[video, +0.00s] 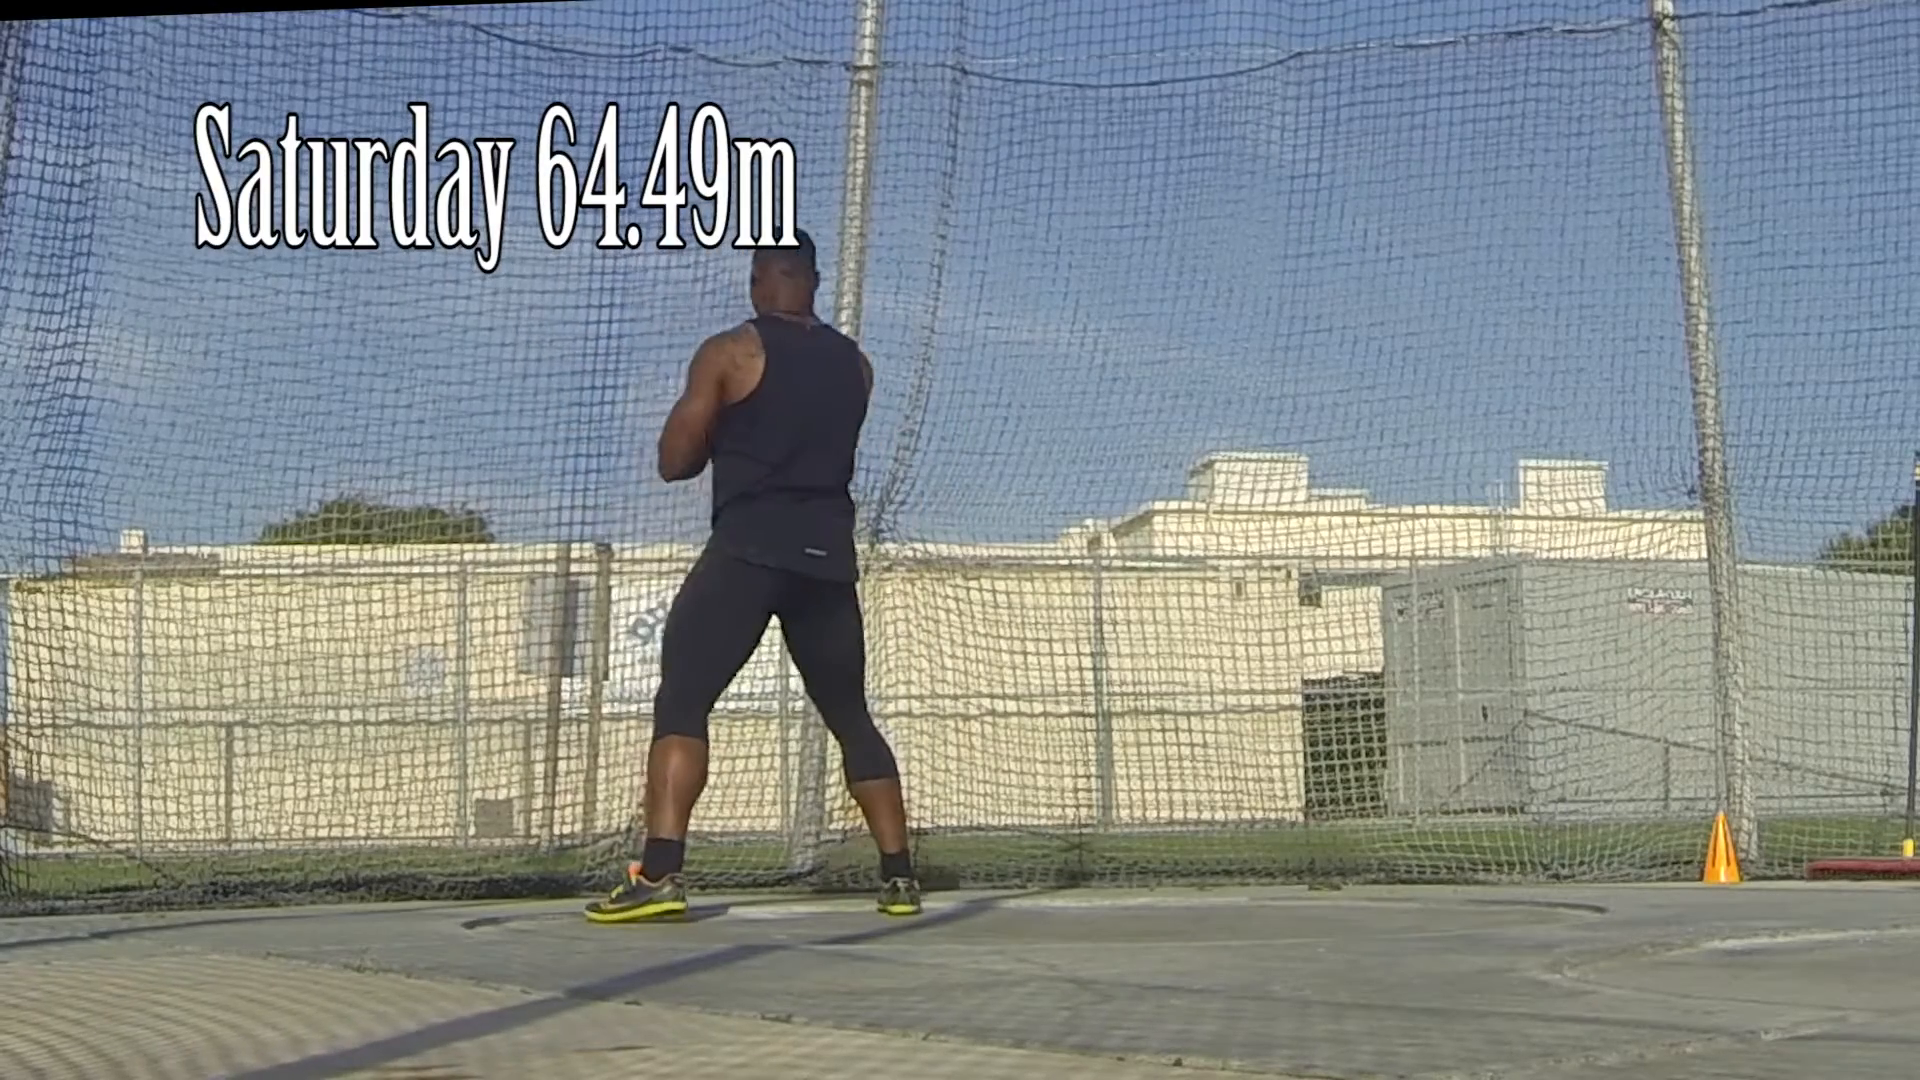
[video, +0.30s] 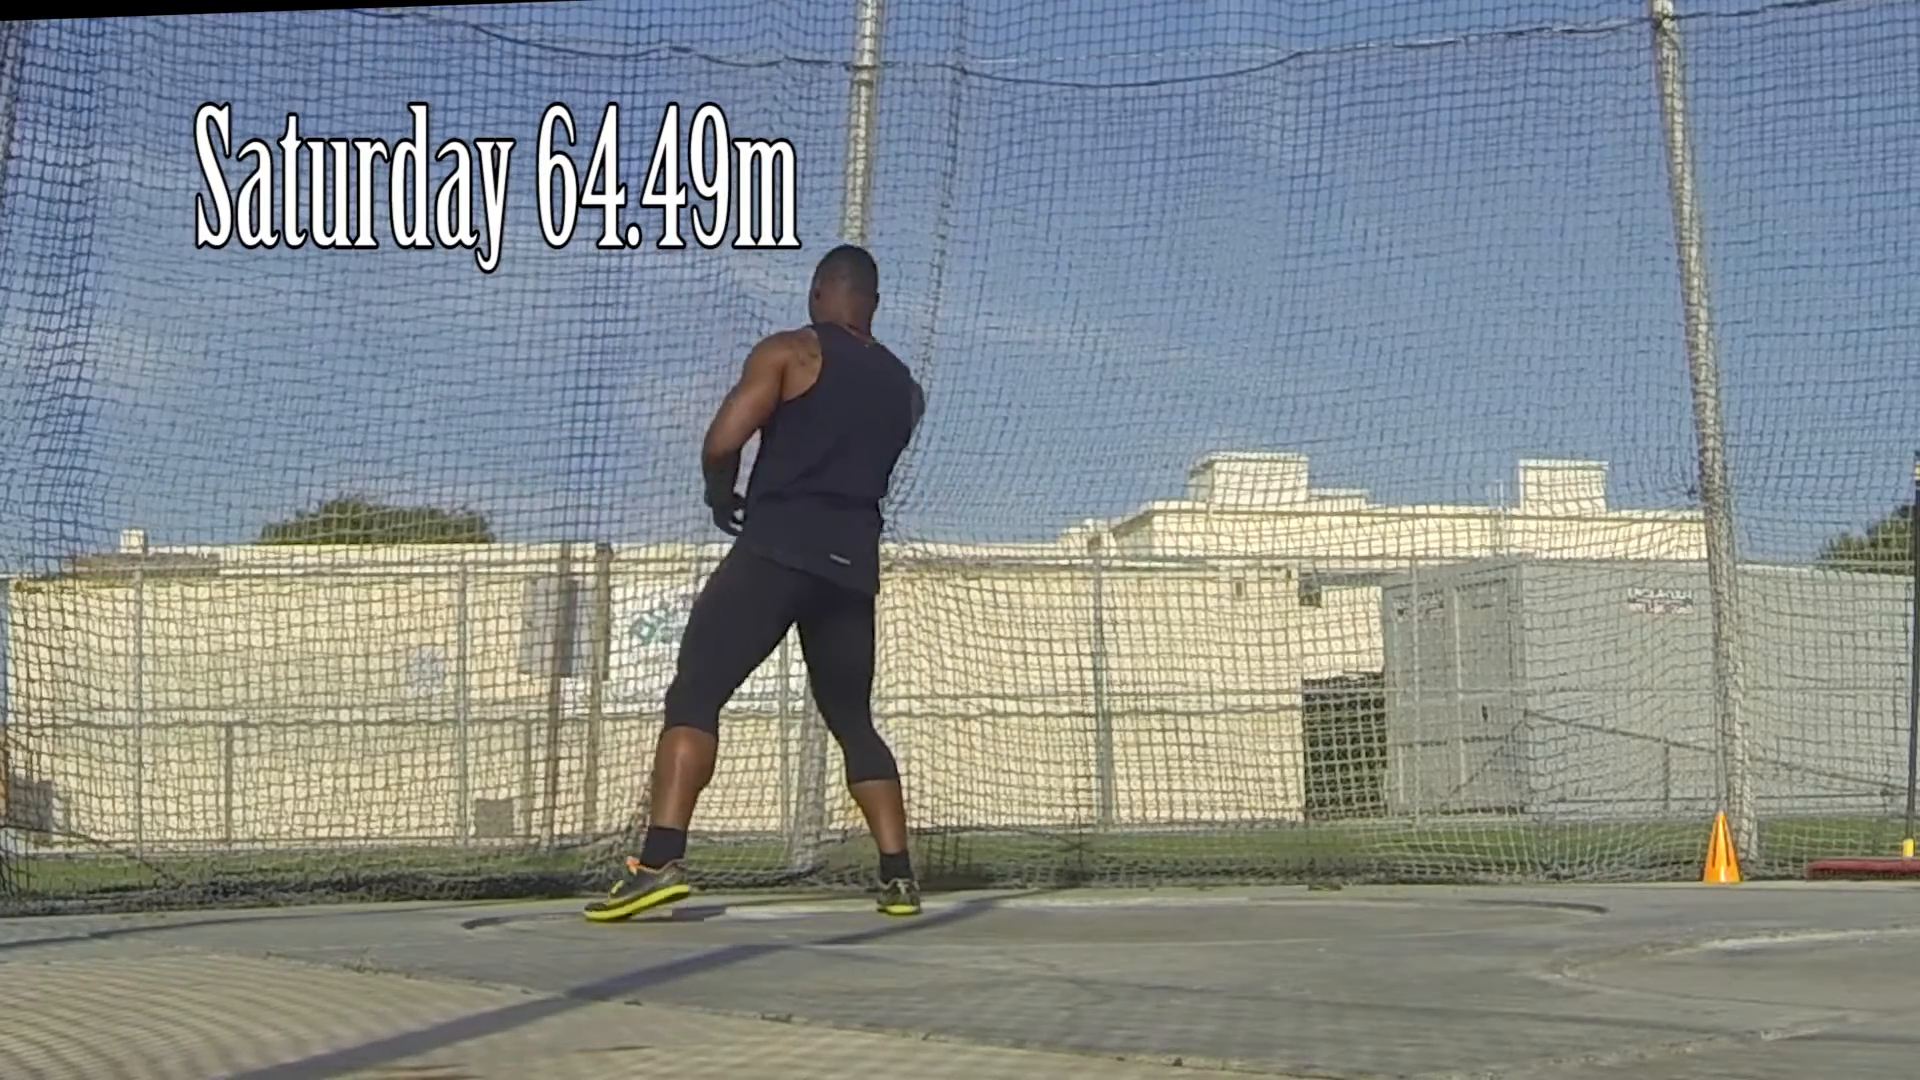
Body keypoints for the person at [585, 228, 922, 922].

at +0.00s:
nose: (756, 290)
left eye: (756, 279)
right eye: (765, 279)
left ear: (757, 286)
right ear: (813, 288)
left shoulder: (726, 351)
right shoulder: (854, 362)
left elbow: (674, 461)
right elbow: (831, 443)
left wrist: (728, 412)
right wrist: (748, 409)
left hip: (745, 557)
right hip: (828, 565)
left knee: (682, 701)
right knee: (850, 715)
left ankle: (658, 875)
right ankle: (900, 875)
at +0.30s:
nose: (822, 306)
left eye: (817, 294)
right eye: (851, 299)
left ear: (814, 296)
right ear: (874, 306)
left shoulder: (787, 351)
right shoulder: (905, 389)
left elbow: (722, 443)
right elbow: (866, 466)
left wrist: (720, 497)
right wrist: (787, 496)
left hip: (773, 557)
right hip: (851, 573)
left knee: (696, 694)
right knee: (853, 718)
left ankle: (659, 863)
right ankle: (898, 876)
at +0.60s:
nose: (854, 323)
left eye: (851, 314)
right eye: (882, 320)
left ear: (847, 315)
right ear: (906, 331)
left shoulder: (795, 353)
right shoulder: (930, 421)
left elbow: (717, 447)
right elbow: (928, 540)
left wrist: (733, 533)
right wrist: (923, 616)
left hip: (761, 557)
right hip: (845, 581)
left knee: (687, 698)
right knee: (857, 722)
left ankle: (657, 861)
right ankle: (899, 878)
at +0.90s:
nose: (857, 333)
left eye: (848, 322)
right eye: (881, 332)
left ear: (836, 326)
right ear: (892, 340)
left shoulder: (778, 362)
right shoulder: (903, 378)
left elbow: (690, 418)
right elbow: (950, 432)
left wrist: (661, 520)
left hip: (749, 555)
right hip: (838, 573)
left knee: (679, 697)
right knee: (869, 718)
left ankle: (651, 856)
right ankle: (900, 877)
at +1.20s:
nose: (695, 336)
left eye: (697, 327)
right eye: (697, 328)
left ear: (713, 323)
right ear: (763, 323)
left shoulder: (692, 373)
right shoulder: (828, 374)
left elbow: (644, 448)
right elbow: (930, 408)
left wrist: (637, 532)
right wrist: (1023, 431)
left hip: (738, 569)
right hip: (824, 574)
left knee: (648, 708)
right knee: (857, 715)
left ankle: (666, 881)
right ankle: (903, 875)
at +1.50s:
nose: (642, 280)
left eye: (646, 267)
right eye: (643, 268)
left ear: (674, 263)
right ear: (705, 262)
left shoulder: (688, 352)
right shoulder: (741, 333)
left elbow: (623, 466)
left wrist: (553, 474)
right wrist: (561, 432)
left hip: (730, 553)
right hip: (798, 543)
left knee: (659, 699)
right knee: (825, 690)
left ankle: (666, 880)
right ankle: (908, 841)